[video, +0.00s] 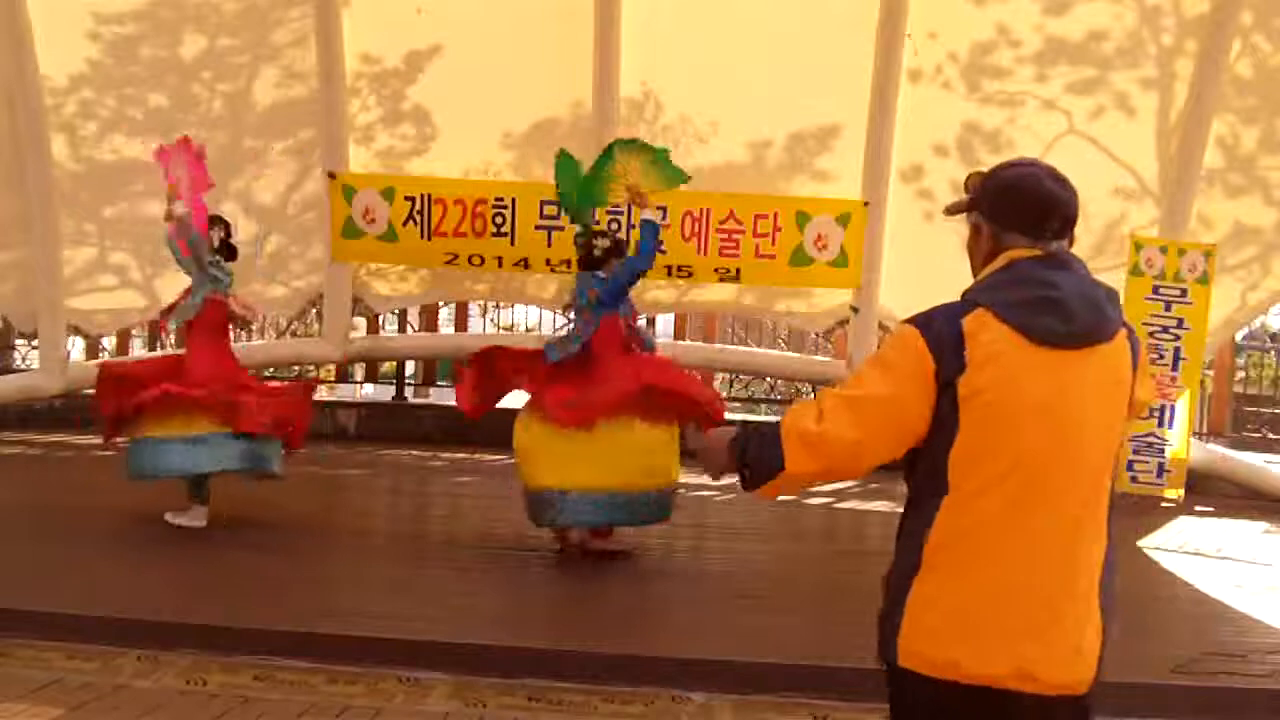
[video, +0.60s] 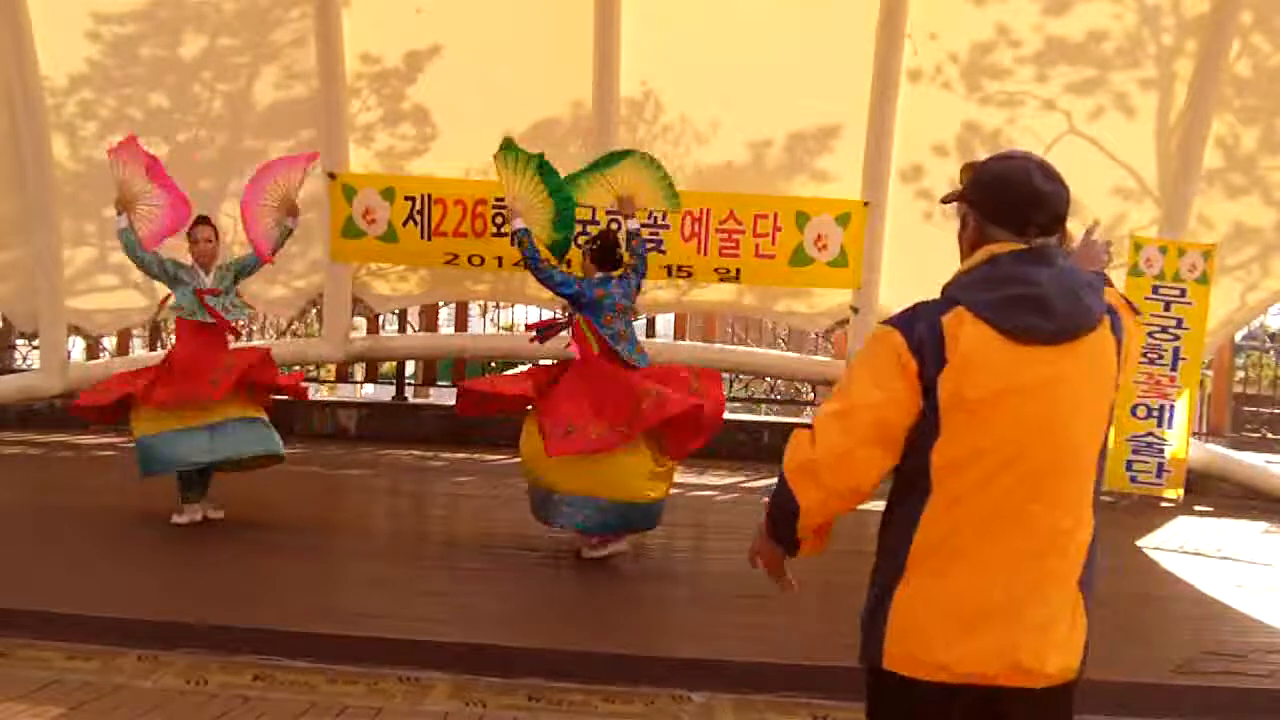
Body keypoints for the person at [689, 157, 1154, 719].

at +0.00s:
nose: (966, 242)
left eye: (968, 229)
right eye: (966, 229)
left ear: (982, 234)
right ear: (1062, 240)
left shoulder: (945, 334)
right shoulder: (1121, 347)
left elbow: (845, 433)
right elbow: (1135, 401)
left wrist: (739, 450)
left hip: (947, 645)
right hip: (1062, 653)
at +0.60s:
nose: (957, 229)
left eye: (959, 215)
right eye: (959, 212)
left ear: (969, 226)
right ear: (1056, 237)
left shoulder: (923, 334)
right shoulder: (1103, 338)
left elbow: (842, 450)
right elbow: (1115, 316)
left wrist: (782, 527)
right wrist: (1090, 278)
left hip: (926, 651)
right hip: (1045, 660)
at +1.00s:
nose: (906, 222)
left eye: (907, 211)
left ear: (913, 219)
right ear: (1008, 224)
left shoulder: (867, 328)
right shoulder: (1062, 326)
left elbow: (774, 475)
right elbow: (1127, 363)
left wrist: (758, 504)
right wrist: (1099, 305)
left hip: (888, 656)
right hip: (1012, 659)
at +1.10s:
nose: (893, 219)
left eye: (892, 208)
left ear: (899, 212)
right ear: (991, 217)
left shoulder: (858, 321)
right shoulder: (1057, 331)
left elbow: (765, 452)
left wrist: (725, 494)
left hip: (869, 646)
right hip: (990, 649)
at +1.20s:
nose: (893, 212)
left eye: (894, 199)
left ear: (901, 203)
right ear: (995, 206)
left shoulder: (855, 308)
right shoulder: (1059, 333)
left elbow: (761, 434)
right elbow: (1091, 501)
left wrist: (698, 502)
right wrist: (1034, 450)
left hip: (851, 632)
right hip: (969, 642)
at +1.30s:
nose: (898, 200)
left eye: (900, 187)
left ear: (908, 195)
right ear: (1001, 203)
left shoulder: (852, 300)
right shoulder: (1055, 333)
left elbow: (772, 422)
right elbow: (1068, 472)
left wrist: (720, 515)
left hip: (843, 621)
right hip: (963, 631)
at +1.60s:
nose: (888, 203)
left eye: (887, 192)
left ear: (890, 196)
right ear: (981, 211)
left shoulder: (814, 298)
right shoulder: (1014, 320)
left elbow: (716, 420)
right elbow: (1086, 444)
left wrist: (668, 531)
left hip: (786, 632)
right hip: (912, 644)